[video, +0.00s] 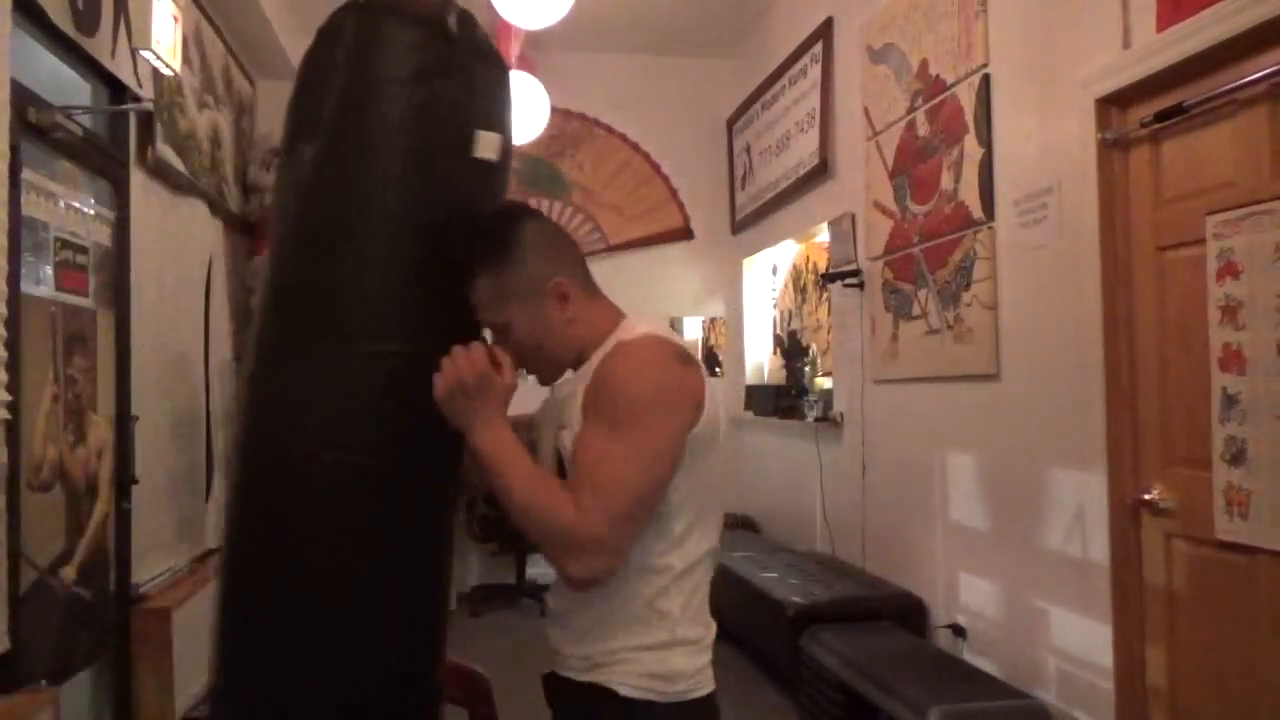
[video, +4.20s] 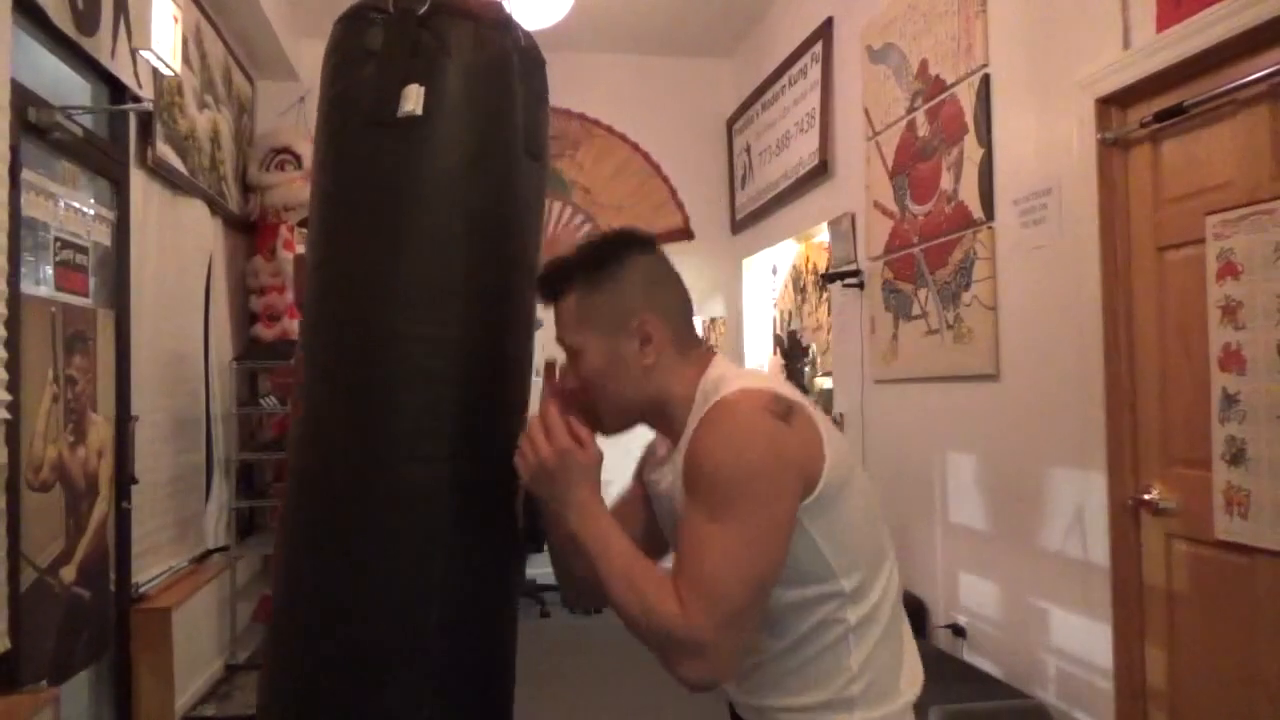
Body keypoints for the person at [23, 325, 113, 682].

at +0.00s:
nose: (71, 391)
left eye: (76, 383)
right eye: (64, 384)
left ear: (89, 386)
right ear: (57, 392)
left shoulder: (102, 431)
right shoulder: (62, 437)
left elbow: (104, 503)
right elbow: (39, 481)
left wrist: (75, 563)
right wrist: (46, 407)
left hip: (101, 549)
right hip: (73, 547)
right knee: (30, 604)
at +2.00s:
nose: (70, 392)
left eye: (76, 383)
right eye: (65, 385)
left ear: (90, 384)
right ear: (61, 390)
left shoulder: (104, 430)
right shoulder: (62, 440)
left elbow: (105, 500)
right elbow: (38, 481)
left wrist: (76, 562)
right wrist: (45, 402)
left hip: (104, 555)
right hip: (73, 553)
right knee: (26, 607)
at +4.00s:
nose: (71, 391)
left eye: (77, 382)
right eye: (65, 382)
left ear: (92, 383)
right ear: (59, 388)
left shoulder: (104, 430)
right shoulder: (62, 438)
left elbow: (105, 499)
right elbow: (37, 480)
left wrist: (76, 561)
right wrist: (45, 402)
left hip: (102, 550)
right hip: (72, 549)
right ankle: (53, 687)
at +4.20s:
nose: (70, 391)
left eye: (76, 382)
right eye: (64, 383)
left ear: (92, 384)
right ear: (60, 389)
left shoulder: (104, 431)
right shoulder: (63, 439)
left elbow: (105, 499)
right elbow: (37, 480)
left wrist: (75, 562)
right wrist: (45, 403)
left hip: (104, 549)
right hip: (74, 549)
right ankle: (54, 687)